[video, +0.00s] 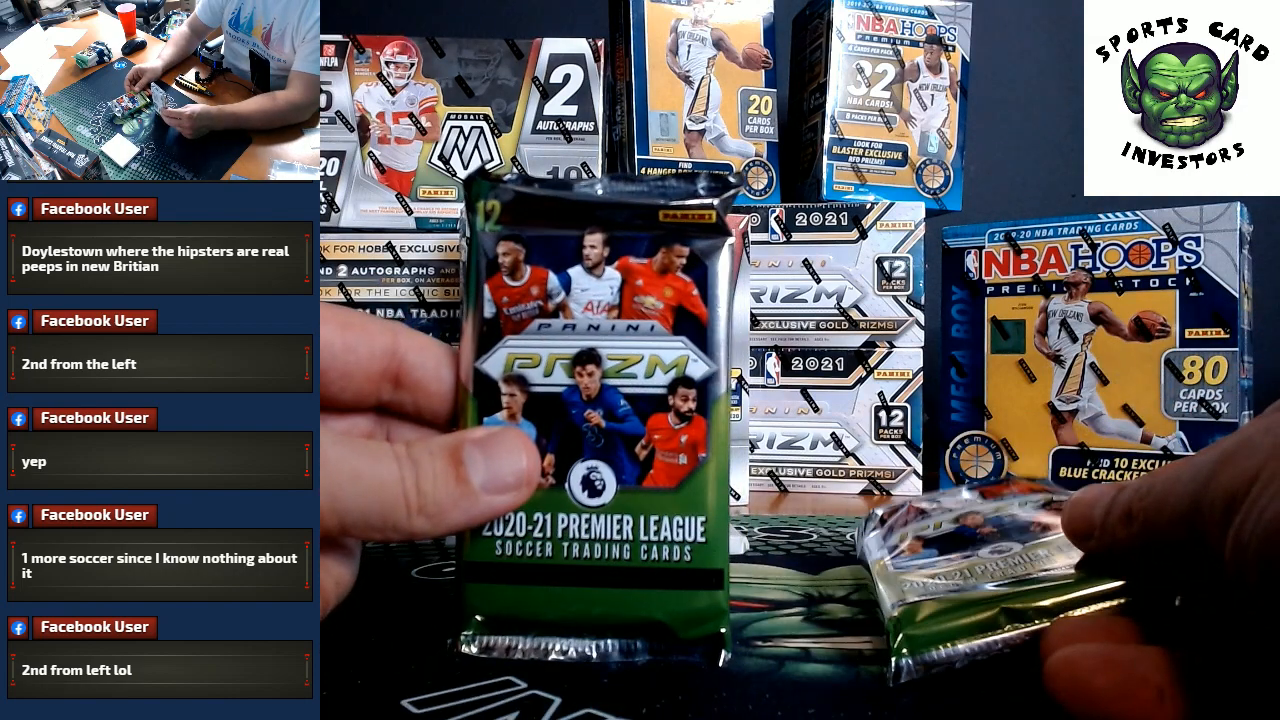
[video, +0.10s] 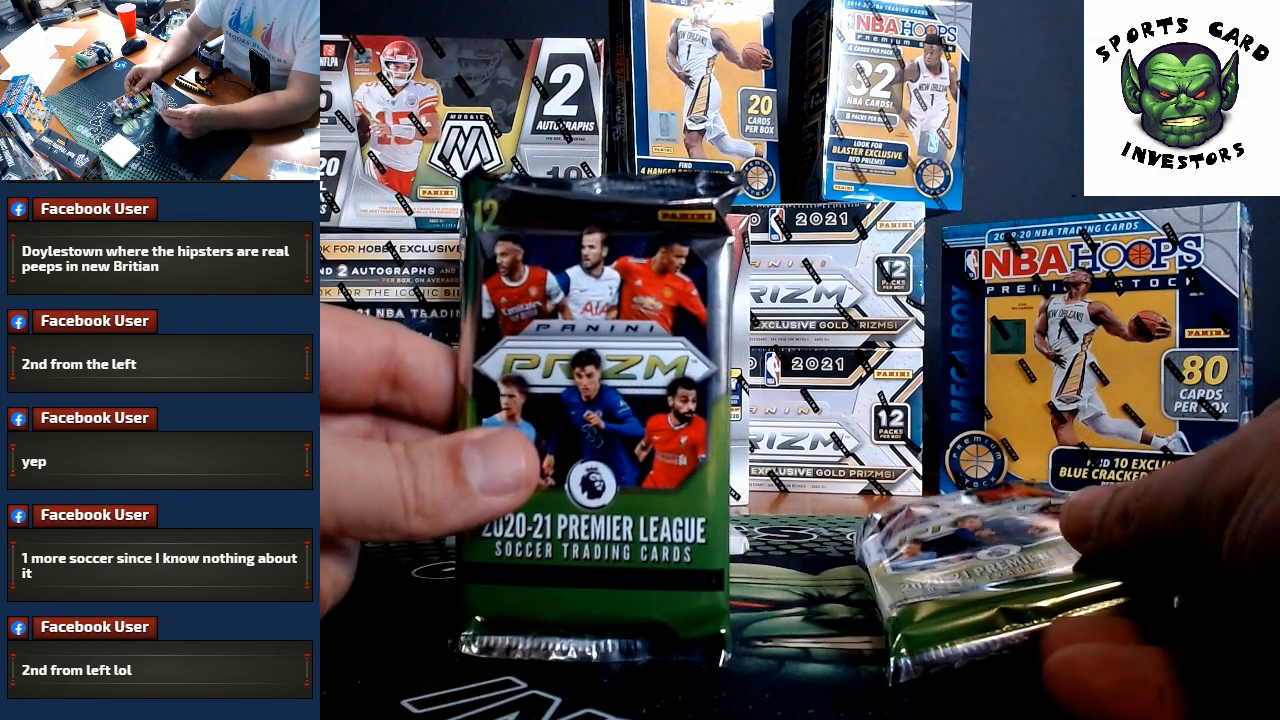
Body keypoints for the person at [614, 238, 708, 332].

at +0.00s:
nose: (683, 263)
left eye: (685, 258)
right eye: (679, 257)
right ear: (663, 253)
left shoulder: (684, 285)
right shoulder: (628, 265)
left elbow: (707, 318)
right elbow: (601, 285)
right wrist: (610, 308)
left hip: (661, 346)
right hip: (627, 343)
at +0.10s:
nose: (682, 262)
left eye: (684, 257)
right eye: (678, 257)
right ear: (662, 252)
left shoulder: (683, 285)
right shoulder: (627, 265)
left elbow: (706, 318)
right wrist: (609, 309)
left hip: (660, 346)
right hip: (626, 343)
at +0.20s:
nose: (684, 264)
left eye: (686, 259)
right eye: (680, 258)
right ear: (664, 254)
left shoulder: (685, 286)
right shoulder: (629, 266)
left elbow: (708, 319)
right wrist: (609, 310)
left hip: (662, 348)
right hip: (628, 345)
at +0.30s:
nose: (686, 264)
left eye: (688, 259)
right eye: (681, 258)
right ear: (665, 254)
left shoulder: (687, 286)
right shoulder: (630, 267)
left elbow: (710, 320)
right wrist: (612, 311)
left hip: (664, 349)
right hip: (629, 345)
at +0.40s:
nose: (685, 264)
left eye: (688, 259)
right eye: (681, 258)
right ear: (665, 253)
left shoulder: (686, 286)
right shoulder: (629, 267)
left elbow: (709, 320)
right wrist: (611, 311)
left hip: (663, 349)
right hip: (629, 345)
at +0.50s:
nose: (686, 264)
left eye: (688, 259)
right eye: (681, 258)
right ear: (665, 253)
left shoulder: (686, 286)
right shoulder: (630, 266)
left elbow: (710, 321)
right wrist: (612, 310)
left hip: (663, 349)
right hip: (628, 346)